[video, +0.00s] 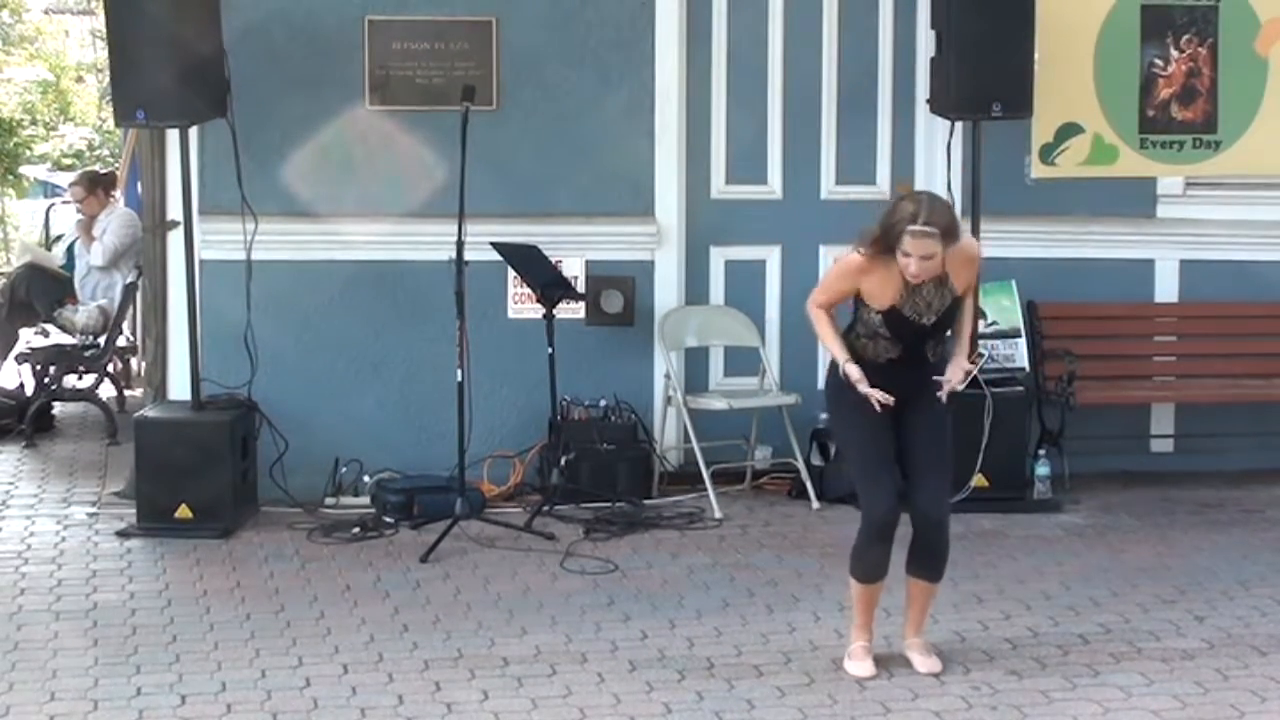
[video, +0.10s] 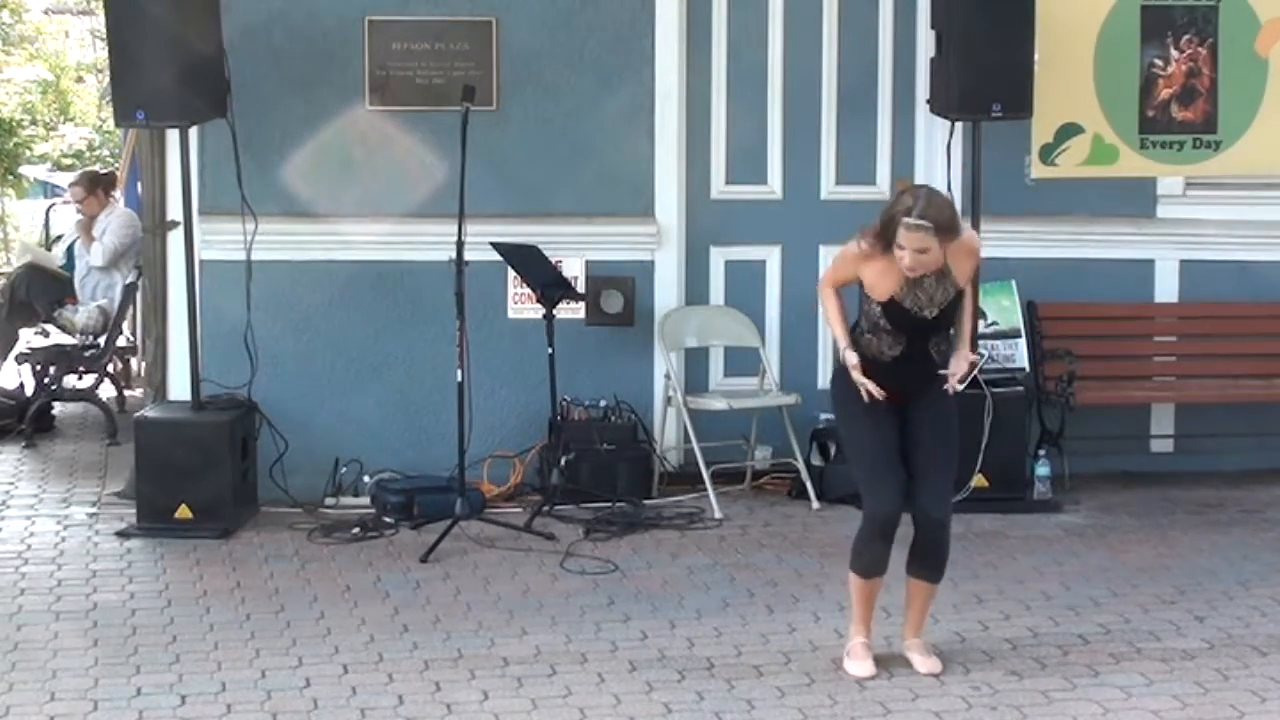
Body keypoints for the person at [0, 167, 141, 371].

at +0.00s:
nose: (77, 208)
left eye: (80, 202)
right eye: (75, 203)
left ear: (100, 194)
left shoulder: (125, 219)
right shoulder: (88, 223)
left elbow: (103, 258)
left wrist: (84, 235)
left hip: (104, 311)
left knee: (30, 274)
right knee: (14, 313)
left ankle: (6, 298)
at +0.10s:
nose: (77, 209)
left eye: (81, 202)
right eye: (75, 203)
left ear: (100, 194)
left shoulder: (125, 219)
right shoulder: (88, 223)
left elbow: (103, 258)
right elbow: (59, 259)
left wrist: (85, 235)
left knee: (29, 275)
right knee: (13, 313)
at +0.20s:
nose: (77, 209)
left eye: (80, 202)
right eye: (75, 204)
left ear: (100, 194)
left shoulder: (125, 219)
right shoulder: (87, 223)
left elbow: (103, 258)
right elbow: (59, 258)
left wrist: (85, 235)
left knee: (29, 275)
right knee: (14, 313)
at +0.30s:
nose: (77, 209)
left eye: (80, 202)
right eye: (75, 204)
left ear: (100, 194)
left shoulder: (125, 219)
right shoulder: (87, 223)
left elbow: (103, 258)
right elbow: (59, 259)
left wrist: (84, 235)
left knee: (29, 275)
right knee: (12, 313)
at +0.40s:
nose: (77, 209)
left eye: (80, 202)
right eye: (75, 204)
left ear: (99, 195)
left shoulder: (125, 219)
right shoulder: (87, 223)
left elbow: (103, 258)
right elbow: (59, 259)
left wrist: (84, 235)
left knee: (29, 275)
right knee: (13, 313)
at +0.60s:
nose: (77, 209)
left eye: (81, 203)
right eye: (75, 204)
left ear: (100, 195)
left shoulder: (125, 220)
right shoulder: (88, 224)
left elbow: (103, 259)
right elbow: (59, 259)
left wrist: (84, 236)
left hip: (104, 310)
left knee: (29, 275)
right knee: (11, 313)